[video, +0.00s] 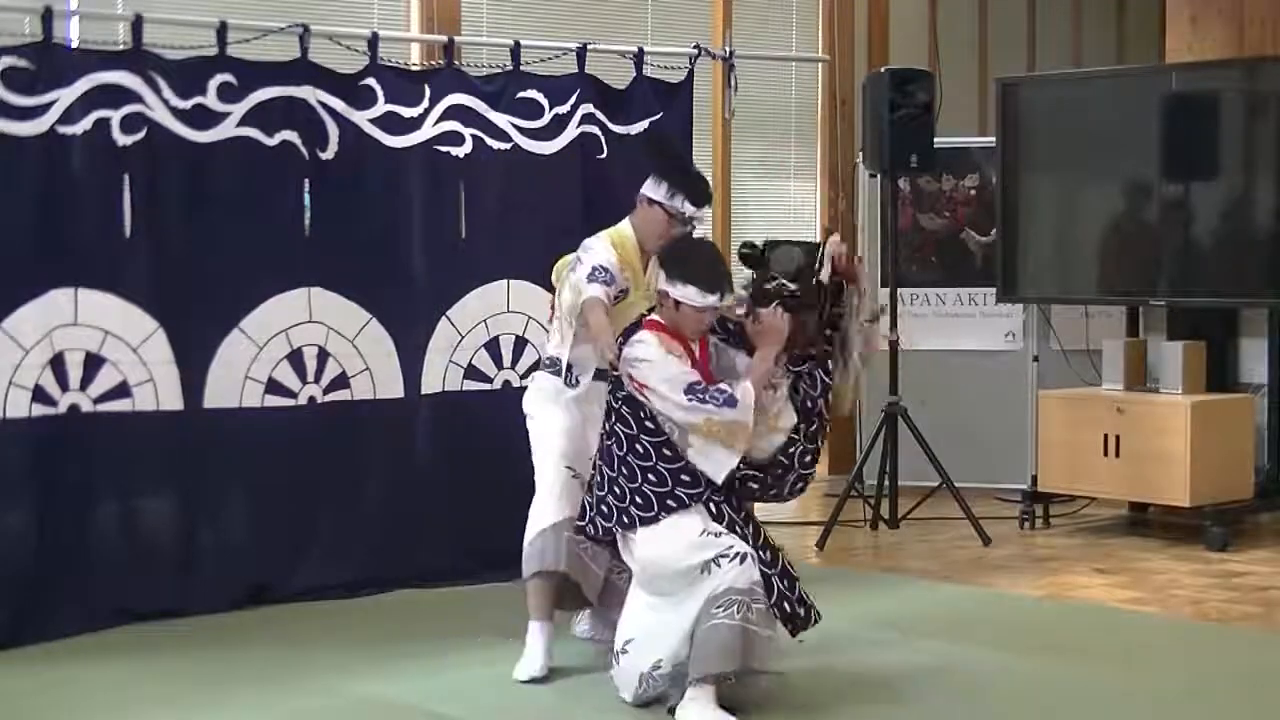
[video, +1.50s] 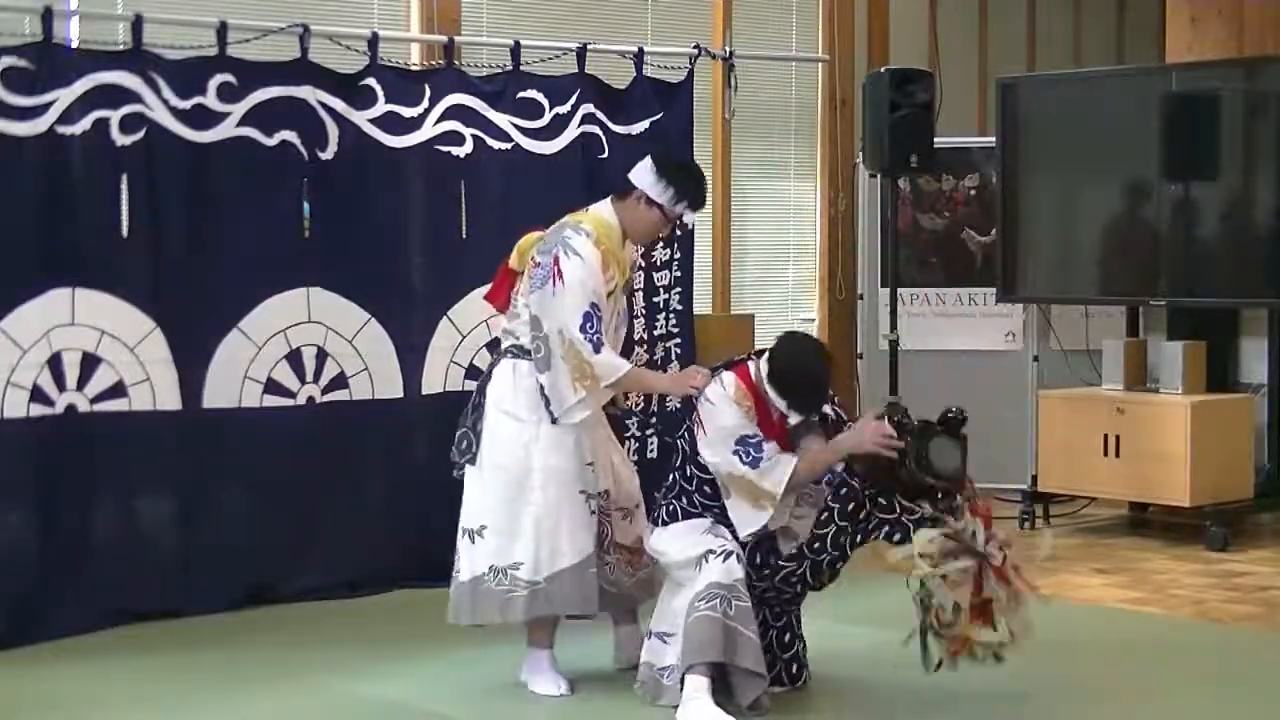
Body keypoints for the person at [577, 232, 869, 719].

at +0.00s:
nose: (709, 317)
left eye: (715, 306)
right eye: (699, 307)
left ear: (722, 299)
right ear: (665, 298)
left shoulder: (711, 345)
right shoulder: (645, 350)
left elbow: (762, 435)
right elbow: (716, 414)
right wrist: (766, 355)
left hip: (696, 497)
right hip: (648, 501)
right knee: (736, 565)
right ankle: (700, 694)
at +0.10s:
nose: (716, 341)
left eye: (721, 331)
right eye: (707, 331)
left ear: (728, 325)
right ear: (674, 317)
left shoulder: (711, 359)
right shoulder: (651, 366)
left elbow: (770, 443)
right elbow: (722, 427)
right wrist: (757, 370)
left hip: (691, 509)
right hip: (647, 515)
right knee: (740, 567)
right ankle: (699, 698)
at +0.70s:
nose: (767, 383)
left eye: (775, 375)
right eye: (761, 374)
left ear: (783, 356)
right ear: (736, 357)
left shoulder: (768, 381)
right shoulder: (705, 390)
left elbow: (811, 454)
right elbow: (753, 456)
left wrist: (817, 389)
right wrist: (809, 416)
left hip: (742, 513)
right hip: (692, 516)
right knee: (742, 564)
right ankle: (698, 692)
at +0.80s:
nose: (776, 382)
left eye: (782, 373)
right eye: (770, 372)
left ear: (782, 361)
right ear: (744, 356)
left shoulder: (762, 379)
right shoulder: (709, 390)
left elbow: (798, 434)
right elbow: (747, 444)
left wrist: (819, 369)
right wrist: (808, 401)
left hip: (740, 517)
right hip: (693, 519)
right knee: (743, 563)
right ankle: (698, 693)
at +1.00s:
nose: (780, 385)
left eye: (789, 377)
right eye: (772, 376)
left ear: (801, 359)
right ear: (751, 358)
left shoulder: (793, 379)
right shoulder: (719, 385)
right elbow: (784, 454)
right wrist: (849, 403)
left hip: (744, 517)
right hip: (693, 512)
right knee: (736, 563)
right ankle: (698, 694)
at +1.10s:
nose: (788, 388)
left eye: (795, 379)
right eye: (781, 378)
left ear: (807, 363)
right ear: (758, 359)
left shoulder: (797, 379)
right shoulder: (722, 391)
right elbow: (778, 471)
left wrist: (847, 412)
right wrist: (841, 428)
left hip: (741, 511)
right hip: (691, 512)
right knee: (736, 565)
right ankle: (698, 695)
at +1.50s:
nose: (793, 417)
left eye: (804, 412)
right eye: (786, 408)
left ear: (818, 391)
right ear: (767, 381)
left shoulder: (811, 396)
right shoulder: (721, 396)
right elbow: (775, 475)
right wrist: (846, 442)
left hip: (746, 518)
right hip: (689, 516)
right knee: (723, 561)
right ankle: (696, 688)